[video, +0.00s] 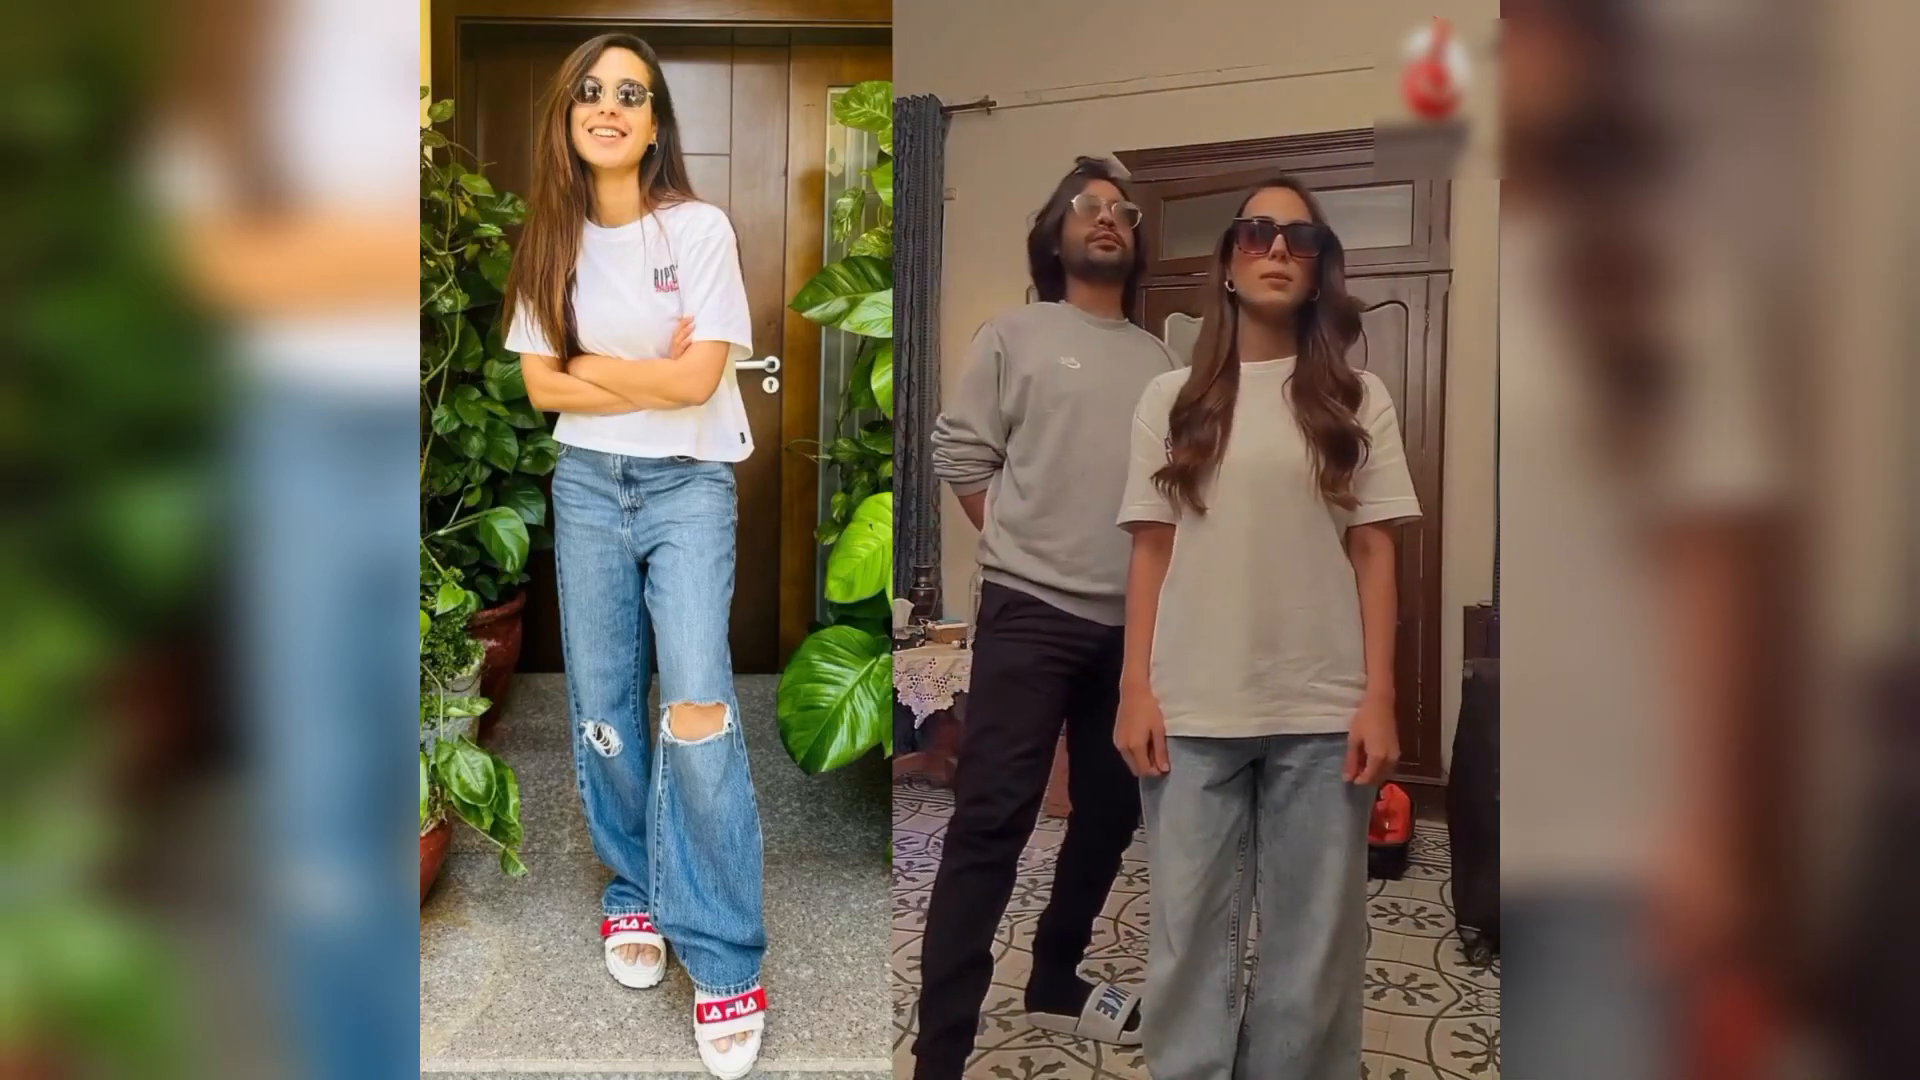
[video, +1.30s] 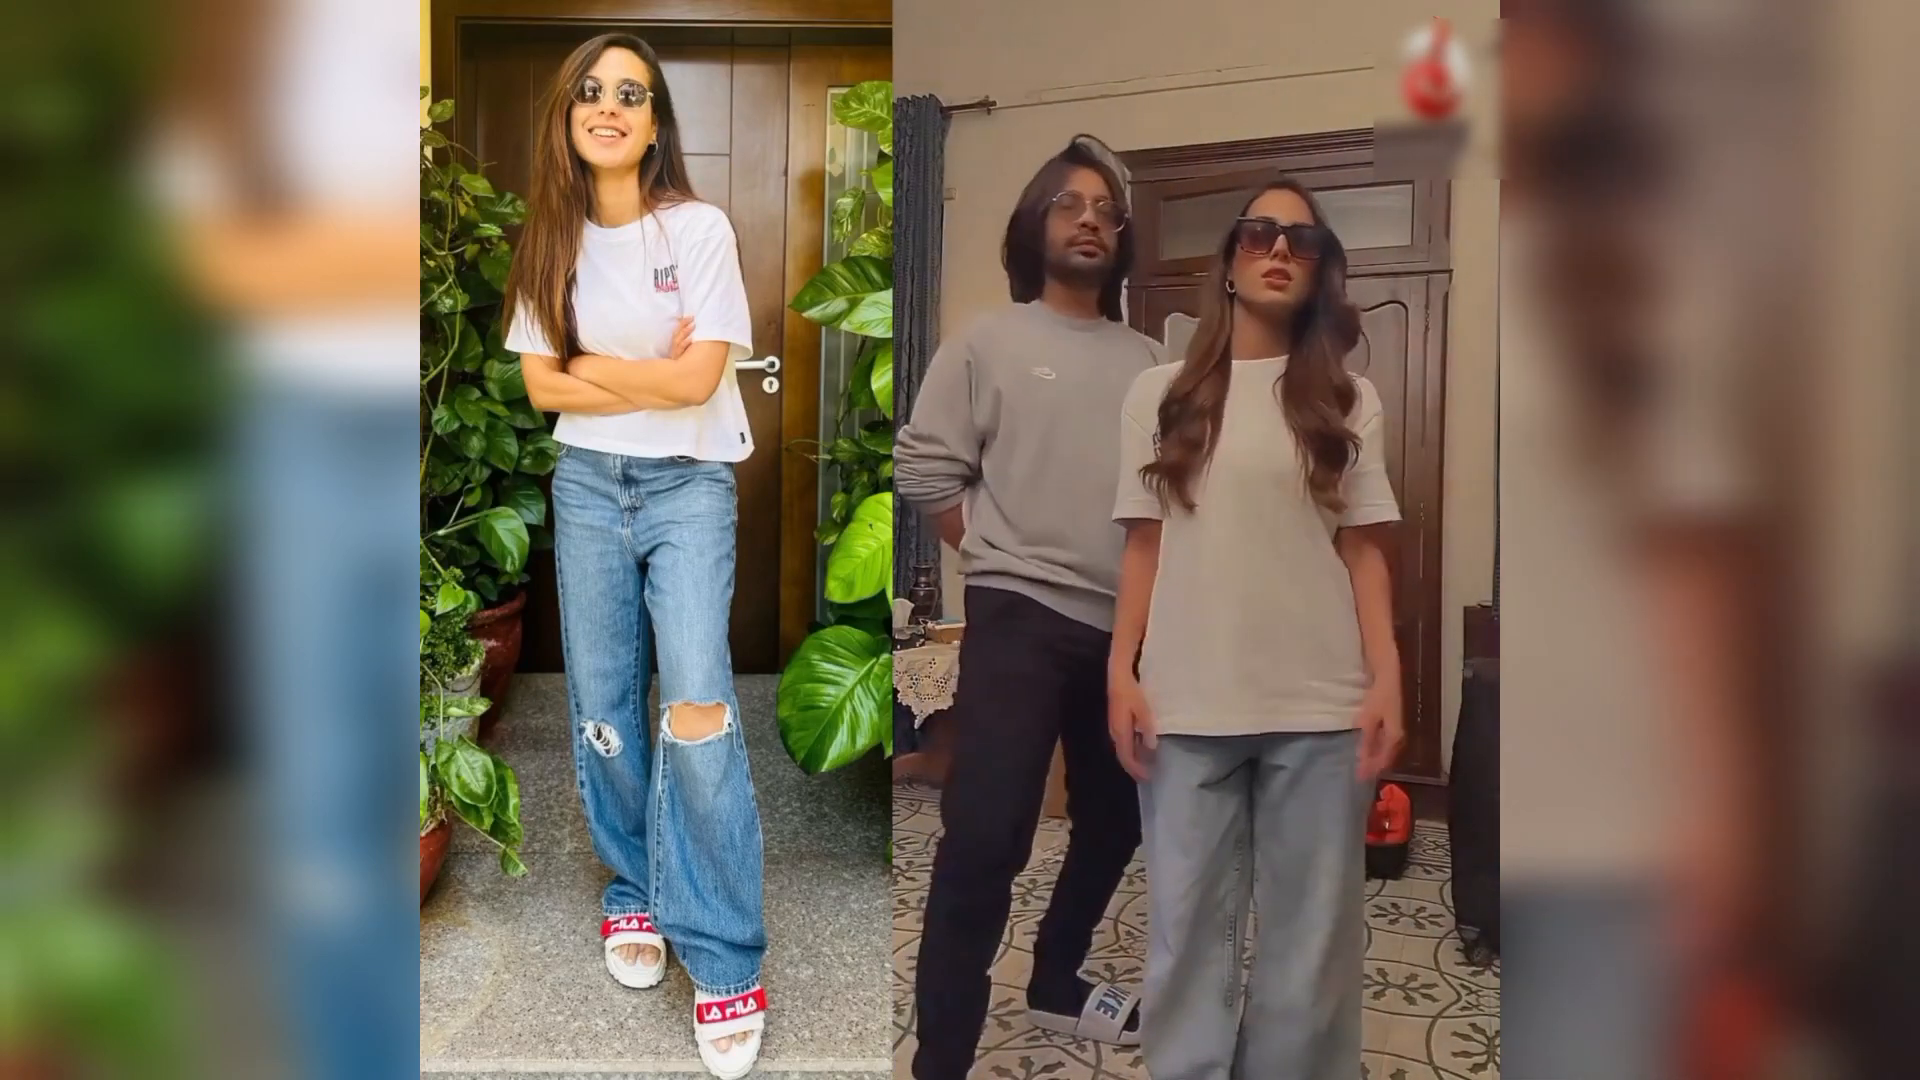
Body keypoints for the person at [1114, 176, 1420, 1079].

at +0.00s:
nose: (1278, 249)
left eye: (1299, 238)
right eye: (1258, 235)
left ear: (1321, 268)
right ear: (1227, 263)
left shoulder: (1358, 397)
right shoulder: (1174, 395)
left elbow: (1374, 554)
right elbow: (1150, 550)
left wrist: (1378, 700)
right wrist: (1136, 685)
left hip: (1325, 717)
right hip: (1193, 715)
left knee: (1313, 957)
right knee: (1184, 945)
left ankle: (1289, 1073)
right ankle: (1186, 1070)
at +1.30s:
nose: (1278, 249)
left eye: (1300, 240)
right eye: (1260, 235)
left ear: (1323, 271)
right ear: (1228, 261)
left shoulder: (1346, 395)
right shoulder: (1164, 390)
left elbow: (1366, 552)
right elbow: (1143, 544)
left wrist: (1386, 682)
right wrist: (1121, 671)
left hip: (1322, 714)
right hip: (1185, 712)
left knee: (1309, 954)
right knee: (1181, 944)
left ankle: (1290, 1073)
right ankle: (1186, 1068)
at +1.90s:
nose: (1267, 247)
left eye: (1288, 235)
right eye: (1248, 233)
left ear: (1313, 266)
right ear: (1219, 262)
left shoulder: (1348, 391)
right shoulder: (1161, 389)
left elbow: (1369, 551)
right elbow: (1142, 539)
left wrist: (1423, 443)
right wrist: (1091, 442)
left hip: (1317, 703)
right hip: (1182, 702)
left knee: (1309, 952)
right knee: (1182, 945)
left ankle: (1293, 1072)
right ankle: (1185, 1068)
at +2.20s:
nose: (1265, 247)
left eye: (1285, 236)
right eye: (1246, 233)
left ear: (1311, 265)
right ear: (1216, 262)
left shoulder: (1346, 396)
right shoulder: (1161, 394)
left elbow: (1353, 544)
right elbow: (1153, 541)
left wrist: (1426, 550)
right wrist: (1070, 544)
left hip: (1317, 708)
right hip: (1180, 707)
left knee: (1308, 949)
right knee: (1183, 942)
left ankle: (1294, 1072)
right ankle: (1185, 1068)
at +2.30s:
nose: (1264, 245)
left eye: (1285, 234)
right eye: (1246, 232)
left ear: (1311, 265)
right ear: (1216, 263)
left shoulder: (1344, 392)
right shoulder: (1163, 390)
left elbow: (1394, 540)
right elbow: (1115, 532)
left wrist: (1431, 407)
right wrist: (1066, 402)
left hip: (1317, 706)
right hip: (1181, 704)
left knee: (1309, 953)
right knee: (1182, 945)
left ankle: (1294, 1072)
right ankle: (1184, 1067)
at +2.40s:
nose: (1264, 249)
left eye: (1285, 238)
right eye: (1244, 234)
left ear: (1309, 270)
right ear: (1216, 264)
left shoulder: (1342, 392)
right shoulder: (1159, 390)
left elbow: (1443, 483)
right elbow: (1074, 486)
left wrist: (1428, 340)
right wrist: (1079, 341)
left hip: (1318, 715)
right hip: (1181, 716)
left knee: (1311, 956)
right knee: (1181, 946)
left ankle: (1294, 1071)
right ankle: (1185, 1066)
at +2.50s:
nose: (1264, 256)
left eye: (1286, 243)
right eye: (1245, 240)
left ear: (1311, 271)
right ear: (1217, 266)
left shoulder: (1346, 392)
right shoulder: (1160, 391)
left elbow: (1452, 464)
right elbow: (1069, 470)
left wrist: (1463, 303)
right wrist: (1054, 311)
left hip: (1319, 717)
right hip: (1182, 719)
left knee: (1311, 960)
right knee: (1182, 950)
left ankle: (1295, 1072)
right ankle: (1185, 1068)